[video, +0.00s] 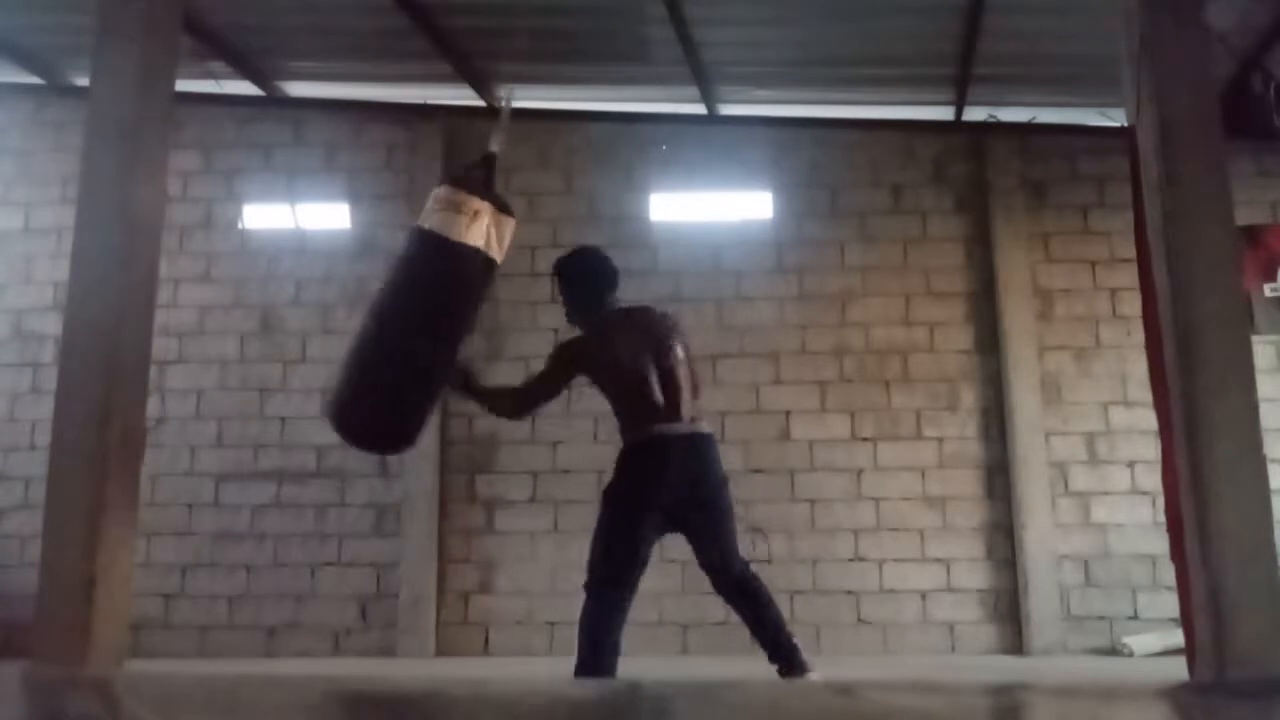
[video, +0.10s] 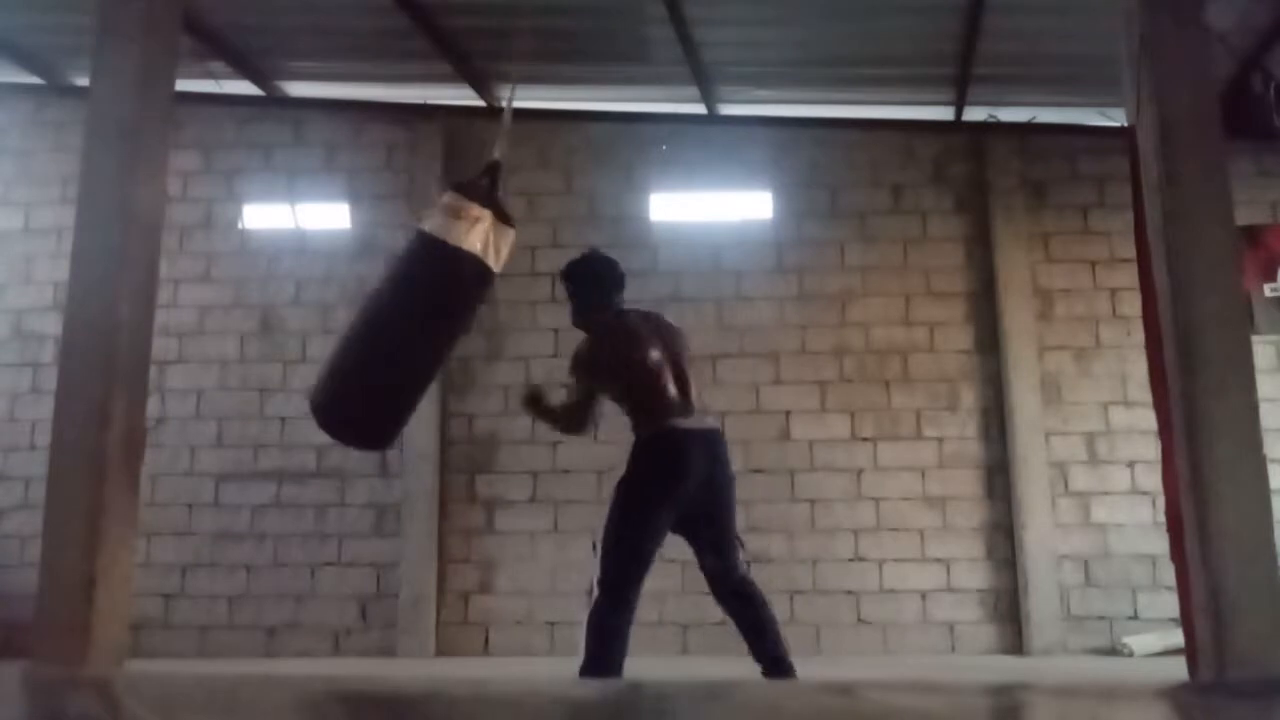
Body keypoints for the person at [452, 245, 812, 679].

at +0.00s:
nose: (562, 305)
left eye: (565, 294)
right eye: (562, 293)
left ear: (578, 294)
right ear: (610, 286)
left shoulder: (582, 346)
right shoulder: (663, 320)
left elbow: (518, 403)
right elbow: (685, 387)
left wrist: (467, 384)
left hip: (647, 463)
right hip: (700, 456)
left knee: (609, 586)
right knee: (729, 569)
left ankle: (591, 696)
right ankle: (795, 668)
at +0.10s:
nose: (569, 309)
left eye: (572, 297)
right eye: (568, 297)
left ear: (587, 297)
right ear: (614, 291)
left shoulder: (594, 351)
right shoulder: (659, 324)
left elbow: (577, 420)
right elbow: (681, 393)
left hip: (662, 454)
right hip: (710, 448)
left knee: (619, 583)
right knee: (728, 574)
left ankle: (596, 695)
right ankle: (782, 676)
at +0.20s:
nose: (582, 318)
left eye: (585, 306)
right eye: (580, 307)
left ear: (608, 303)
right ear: (622, 301)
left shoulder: (640, 340)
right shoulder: (666, 339)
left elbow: (636, 420)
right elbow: (640, 416)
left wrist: (590, 385)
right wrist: (593, 385)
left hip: (680, 460)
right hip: (718, 458)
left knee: (622, 586)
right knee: (721, 585)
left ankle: (592, 698)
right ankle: (783, 689)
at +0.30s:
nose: (594, 319)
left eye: (598, 306)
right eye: (592, 307)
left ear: (621, 301)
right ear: (633, 302)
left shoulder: (652, 333)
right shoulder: (678, 338)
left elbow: (654, 409)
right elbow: (632, 421)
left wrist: (611, 401)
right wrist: (605, 391)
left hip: (682, 460)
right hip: (719, 460)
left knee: (603, 570)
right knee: (728, 584)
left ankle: (577, 682)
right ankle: (788, 688)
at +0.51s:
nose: (597, 322)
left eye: (599, 312)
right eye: (597, 312)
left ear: (609, 309)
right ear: (644, 307)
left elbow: (564, 402)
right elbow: (739, 396)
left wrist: (526, 430)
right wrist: (709, 422)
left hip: (644, 469)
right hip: (703, 466)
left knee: (600, 590)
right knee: (738, 582)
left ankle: (571, 699)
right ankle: (788, 687)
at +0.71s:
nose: (573, 313)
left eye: (577, 302)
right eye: (572, 302)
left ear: (599, 298)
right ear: (613, 296)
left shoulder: (625, 328)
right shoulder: (637, 333)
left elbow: (604, 394)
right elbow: (654, 430)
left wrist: (579, 400)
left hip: (665, 464)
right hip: (686, 465)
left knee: (595, 544)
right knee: (680, 594)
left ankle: (574, 679)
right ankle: (787, 666)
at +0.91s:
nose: (606, 330)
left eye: (612, 317)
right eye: (606, 318)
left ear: (638, 316)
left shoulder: (673, 346)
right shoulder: (656, 380)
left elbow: (696, 346)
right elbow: (627, 446)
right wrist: (558, 432)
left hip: (698, 485)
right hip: (713, 490)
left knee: (618, 558)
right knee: (678, 614)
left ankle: (578, 691)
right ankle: (797, 675)